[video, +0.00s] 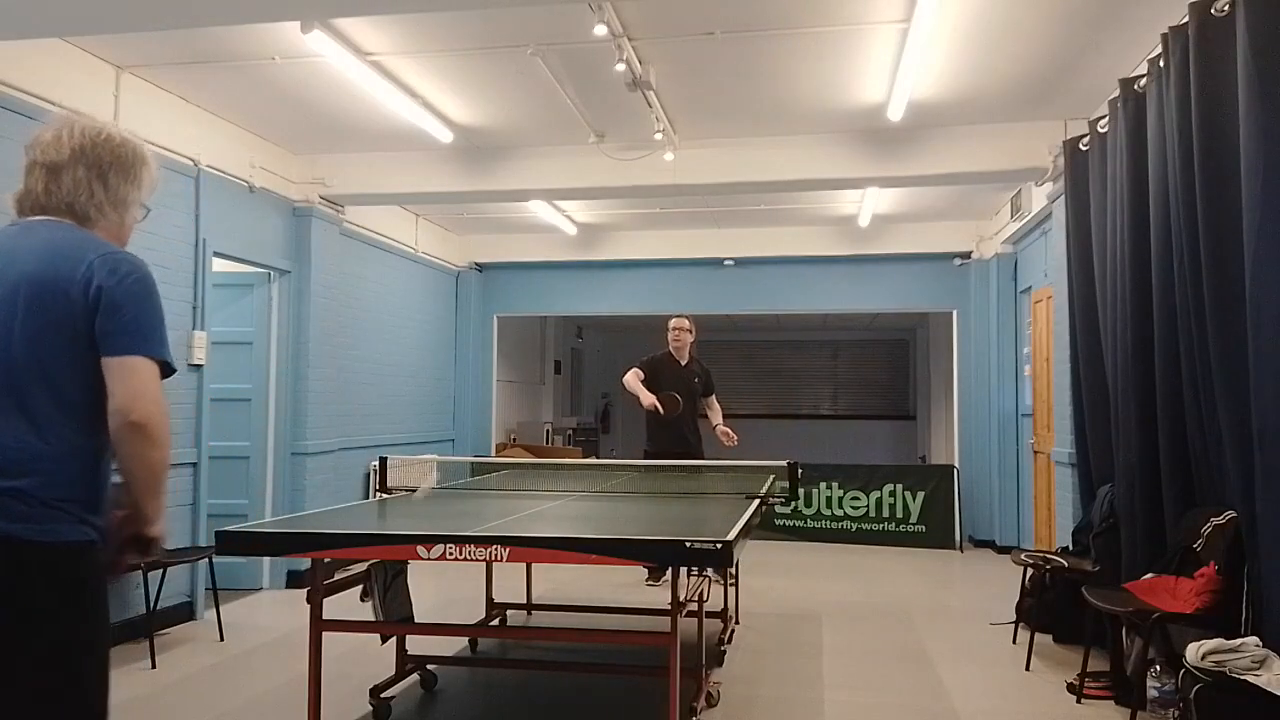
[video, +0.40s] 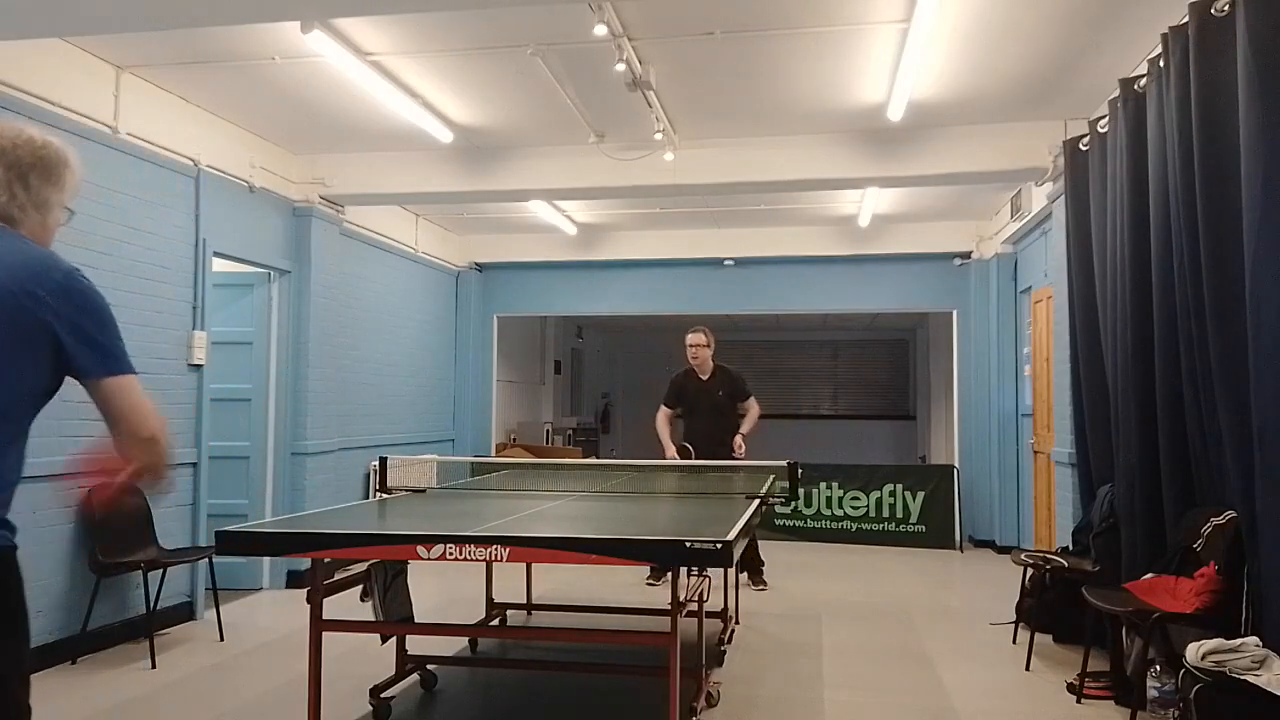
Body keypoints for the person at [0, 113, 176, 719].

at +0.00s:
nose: (139, 223)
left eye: (144, 209)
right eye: (139, 206)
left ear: (37, 185)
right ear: (109, 197)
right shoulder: (112, 270)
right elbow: (136, 416)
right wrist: (146, 515)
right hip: (45, 548)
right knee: (62, 705)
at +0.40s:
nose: (62, 223)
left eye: (65, 210)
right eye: (62, 209)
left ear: (6, 194)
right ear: (34, 201)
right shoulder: (48, 281)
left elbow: (142, 432)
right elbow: (144, 434)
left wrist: (135, 471)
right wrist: (134, 476)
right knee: (11, 704)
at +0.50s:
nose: (45, 218)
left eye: (47, 204)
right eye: (44, 203)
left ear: (10, 193)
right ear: (23, 198)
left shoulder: (37, 282)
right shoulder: (36, 279)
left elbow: (128, 405)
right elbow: (129, 408)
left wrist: (232, 390)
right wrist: (235, 387)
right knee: (9, 698)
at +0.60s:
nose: (25, 209)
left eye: (29, 193)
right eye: (25, 191)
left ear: (9, 186)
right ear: (4, 186)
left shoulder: (26, 273)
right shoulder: (23, 272)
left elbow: (120, 395)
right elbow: (121, 396)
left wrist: (240, 387)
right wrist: (244, 385)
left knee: (11, 692)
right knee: (9, 694)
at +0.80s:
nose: (8, 193)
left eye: (9, 178)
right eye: (7, 177)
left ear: (11, 177)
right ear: (2, 175)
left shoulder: (10, 261)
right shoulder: (6, 261)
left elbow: (36, 400)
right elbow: (36, 402)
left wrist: (163, 461)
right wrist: (168, 460)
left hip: (5, 548)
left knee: (24, 698)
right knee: (22, 703)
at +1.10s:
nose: (30, 194)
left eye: (35, 176)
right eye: (30, 174)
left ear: (15, 171)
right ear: (5, 168)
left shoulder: (20, 254)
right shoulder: (15, 254)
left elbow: (26, 398)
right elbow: (24, 400)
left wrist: (113, 508)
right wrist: (120, 514)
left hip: (12, 547)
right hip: (8, 550)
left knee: (29, 699)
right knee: (28, 704)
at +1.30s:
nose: (79, 193)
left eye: (81, 178)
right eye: (77, 176)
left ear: (18, 167)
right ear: (41, 168)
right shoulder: (46, 253)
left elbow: (62, 402)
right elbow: (66, 403)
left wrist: (142, 514)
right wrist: (157, 520)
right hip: (27, 552)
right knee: (36, 705)